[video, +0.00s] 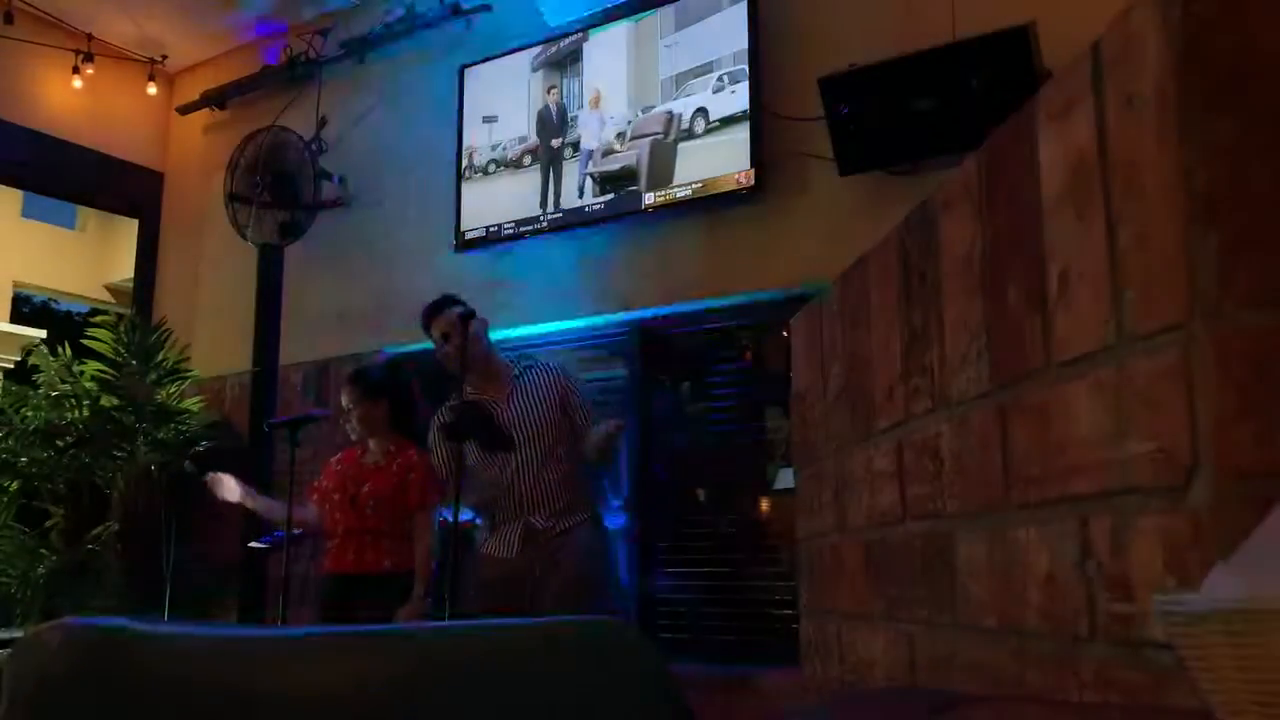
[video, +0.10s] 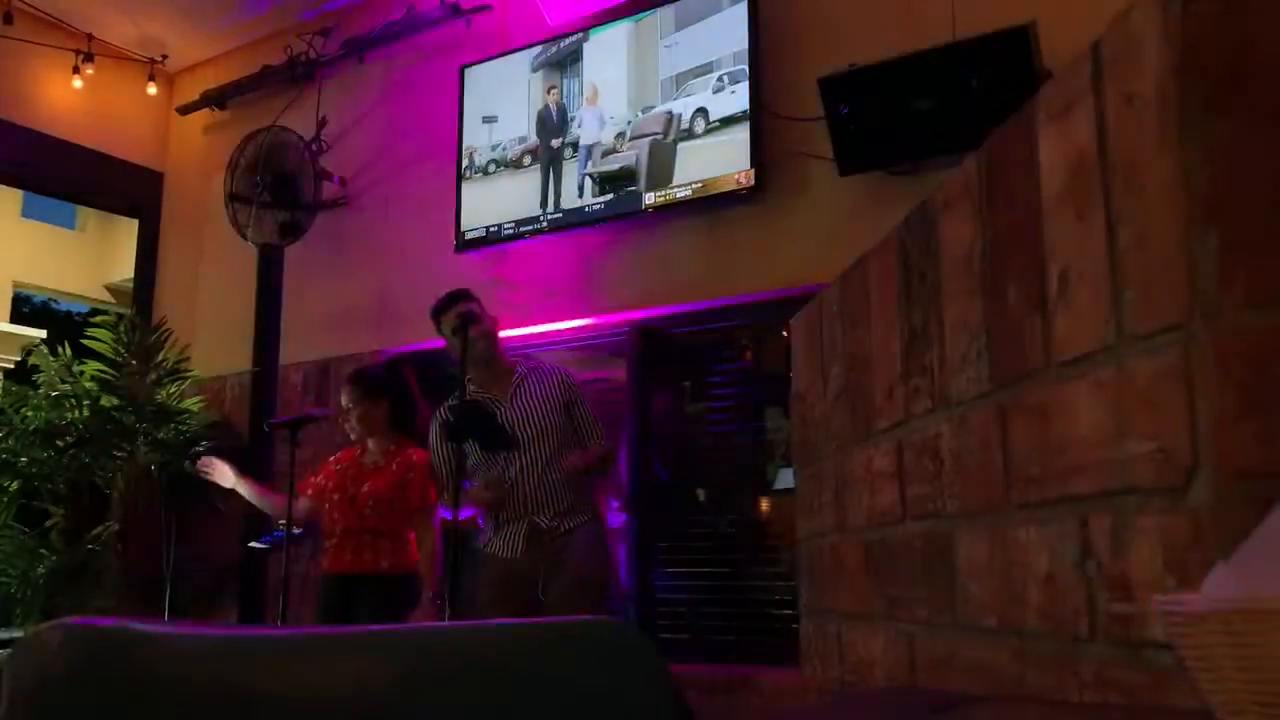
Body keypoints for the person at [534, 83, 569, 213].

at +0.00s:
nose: (555, 96)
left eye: (557, 94)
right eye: (553, 94)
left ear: (559, 95)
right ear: (548, 96)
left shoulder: (562, 108)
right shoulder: (542, 112)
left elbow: (565, 125)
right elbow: (539, 132)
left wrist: (562, 138)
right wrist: (549, 141)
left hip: (558, 148)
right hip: (546, 149)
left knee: (558, 179)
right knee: (545, 179)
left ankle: (557, 205)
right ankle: (543, 207)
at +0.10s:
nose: (556, 96)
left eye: (557, 94)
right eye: (553, 94)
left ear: (559, 95)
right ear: (548, 96)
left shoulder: (562, 108)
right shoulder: (542, 112)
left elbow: (566, 125)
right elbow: (539, 132)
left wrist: (562, 138)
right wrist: (549, 141)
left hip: (558, 148)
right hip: (546, 149)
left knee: (558, 179)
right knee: (545, 179)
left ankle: (557, 205)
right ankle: (543, 207)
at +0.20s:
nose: (555, 96)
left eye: (557, 94)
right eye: (553, 94)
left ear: (559, 95)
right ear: (548, 95)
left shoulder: (562, 108)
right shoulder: (542, 112)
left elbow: (565, 125)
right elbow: (539, 132)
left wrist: (562, 138)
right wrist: (549, 141)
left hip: (558, 149)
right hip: (546, 149)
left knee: (558, 179)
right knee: (545, 180)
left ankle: (557, 205)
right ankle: (544, 207)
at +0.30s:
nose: (555, 96)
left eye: (557, 94)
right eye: (553, 94)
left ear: (559, 95)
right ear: (548, 96)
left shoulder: (562, 109)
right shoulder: (542, 112)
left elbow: (565, 126)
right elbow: (539, 132)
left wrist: (561, 138)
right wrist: (550, 141)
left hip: (558, 150)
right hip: (546, 150)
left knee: (558, 180)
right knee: (545, 180)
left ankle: (557, 205)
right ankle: (543, 207)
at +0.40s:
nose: (555, 96)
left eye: (557, 94)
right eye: (553, 94)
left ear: (559, 95)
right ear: (548, 96)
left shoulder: (562, 109)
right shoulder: (542, 112)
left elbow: (565, 125)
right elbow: (539, 132)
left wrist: (562, 138)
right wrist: (549, 141)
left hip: (558, 149)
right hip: (546, 150)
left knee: (558, 179)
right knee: (545, 179)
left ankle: (557, 205)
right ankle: (543, 207)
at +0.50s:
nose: (556, 96)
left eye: (557, 94)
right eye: (553, 94)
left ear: (559, 95)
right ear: (548, 96)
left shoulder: (562, 109)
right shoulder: (542, 112)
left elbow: (565, 125)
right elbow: (539, 132)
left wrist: (562, 137)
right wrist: (549, 139)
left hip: (558, 150)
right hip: (546, 151)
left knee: (558, 179)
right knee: (545, 180)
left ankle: (557, 205)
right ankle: (543, 207)